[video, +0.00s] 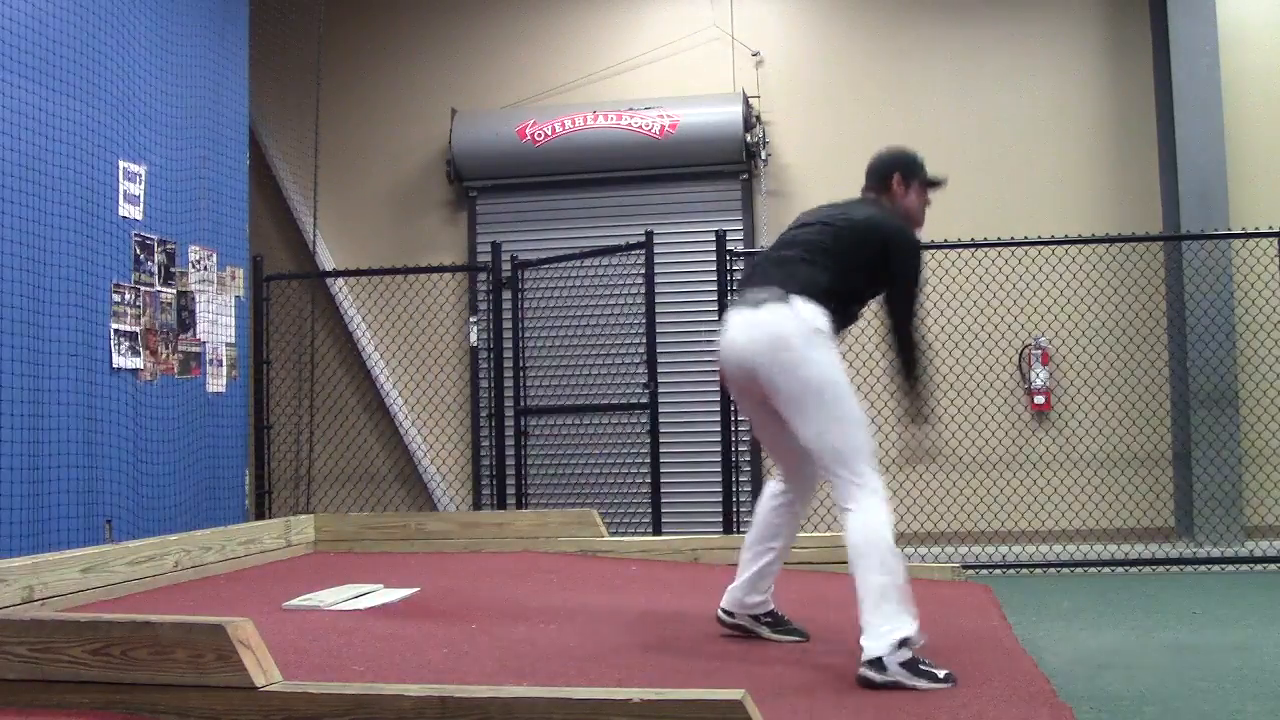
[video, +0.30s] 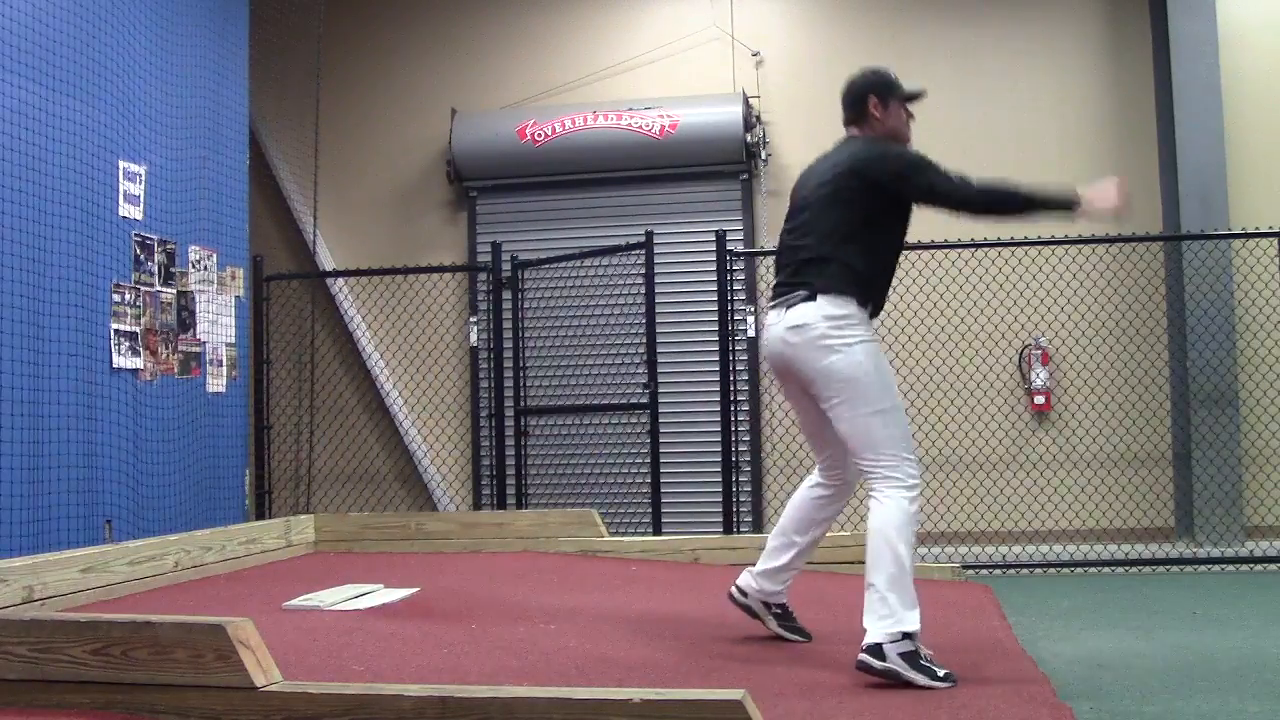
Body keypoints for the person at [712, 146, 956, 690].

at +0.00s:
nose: (927, 204)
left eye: (928, 193)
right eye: (923, 192)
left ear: (881, 186)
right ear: (899, 186)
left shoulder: (827, 216)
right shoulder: (896, 233)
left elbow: (784, 289)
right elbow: (903, 329)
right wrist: (917, 407)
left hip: (734, 331)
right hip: (791, 329)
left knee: (794, 476)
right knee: (860, 486)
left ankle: (745, 603)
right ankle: (887, 648)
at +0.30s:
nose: (911, 117)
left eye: (909, 107)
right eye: (904, 107)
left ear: (859, 112)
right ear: (876, 108)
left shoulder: (819, 170)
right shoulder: (885, 159)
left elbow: (795, 255)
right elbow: (969, 195)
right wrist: (1076, 199)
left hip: (781, 329)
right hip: (829, 325)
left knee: (836, 471)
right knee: (895, 477)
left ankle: (762, 586)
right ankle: (889, 638)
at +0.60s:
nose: (844, 116)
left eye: (844, 108)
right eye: (834, 107)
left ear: (806, 116)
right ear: (801, 113)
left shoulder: (799, 172)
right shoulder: (804, 157)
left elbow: (833, 266)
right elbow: (829, 190)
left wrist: (876, 241)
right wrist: (925, 163)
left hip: (791, 338)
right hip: (824, 332)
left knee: (844, 484)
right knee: (884, 481)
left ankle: (756, 594)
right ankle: (891, 637)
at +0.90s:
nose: (772, 108)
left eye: (780, 99)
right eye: (761, 100)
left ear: (789, 107)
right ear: (742, 108)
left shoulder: (805, 185)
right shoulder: (725, 159)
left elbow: (805, 268)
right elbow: (677, 234)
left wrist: (835, 250)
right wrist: (719, 262)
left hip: (786, 318)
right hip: (741, 309)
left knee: (790, 453)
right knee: (791, 444)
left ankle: (750, 602)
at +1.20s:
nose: (697, 113)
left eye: (706, 105)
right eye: (688, 107)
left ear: (725, 113)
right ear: (677, 119)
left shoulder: (754, 185)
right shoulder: (652, 178)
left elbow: (783, 265)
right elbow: (618, 251)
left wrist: (736, 258)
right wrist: (669, 251)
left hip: (735, 334)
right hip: (666, 330)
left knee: (742, 468)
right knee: (628, 464)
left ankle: (742, 606)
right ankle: (615, 561)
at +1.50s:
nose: (609, 122)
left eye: (618, 113)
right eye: (601, 116)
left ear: (639, 120)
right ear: (592, 126)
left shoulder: (667, 185)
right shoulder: (577, 186)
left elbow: (689, 264)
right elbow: (547, 271)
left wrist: (649, 231)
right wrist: (556, 257)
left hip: (644, 336)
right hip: (582, 334)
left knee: (666, 456)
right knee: (596, 465)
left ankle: (708, 591)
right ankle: (618, 580)